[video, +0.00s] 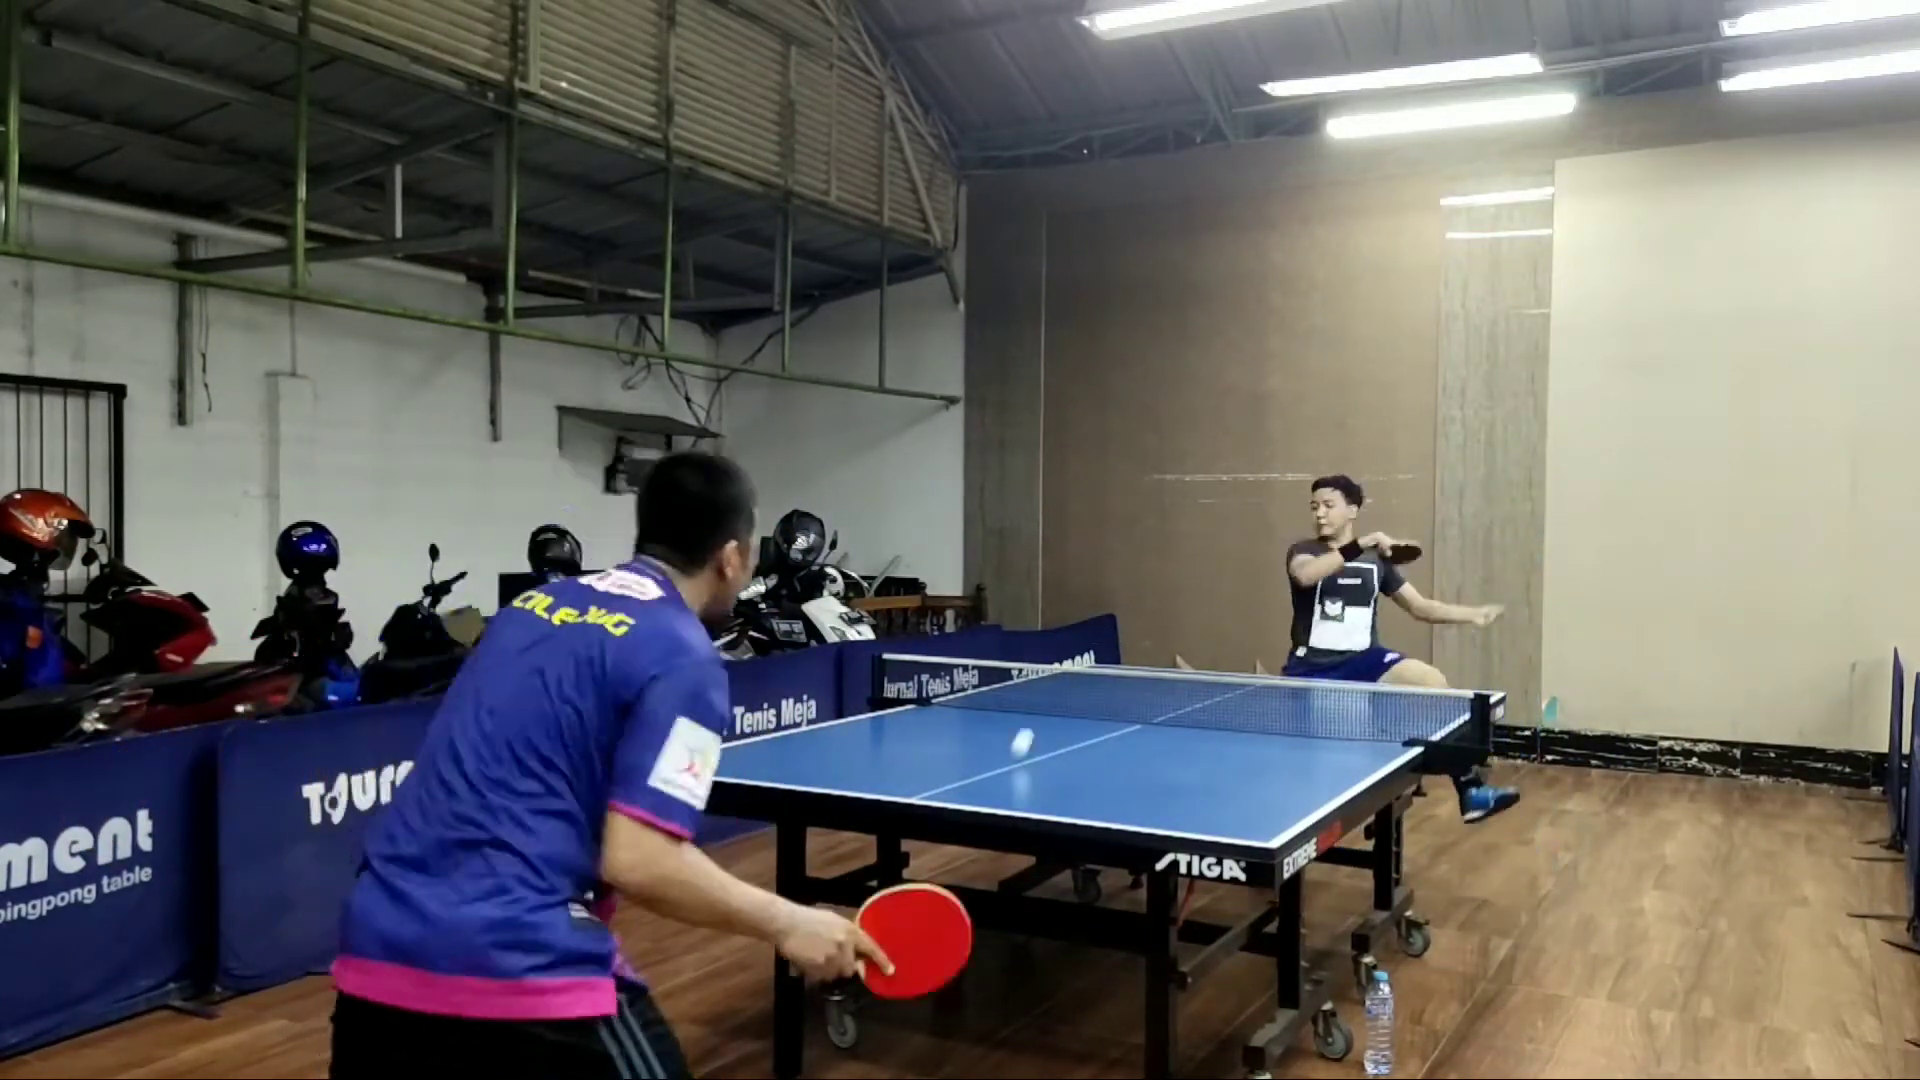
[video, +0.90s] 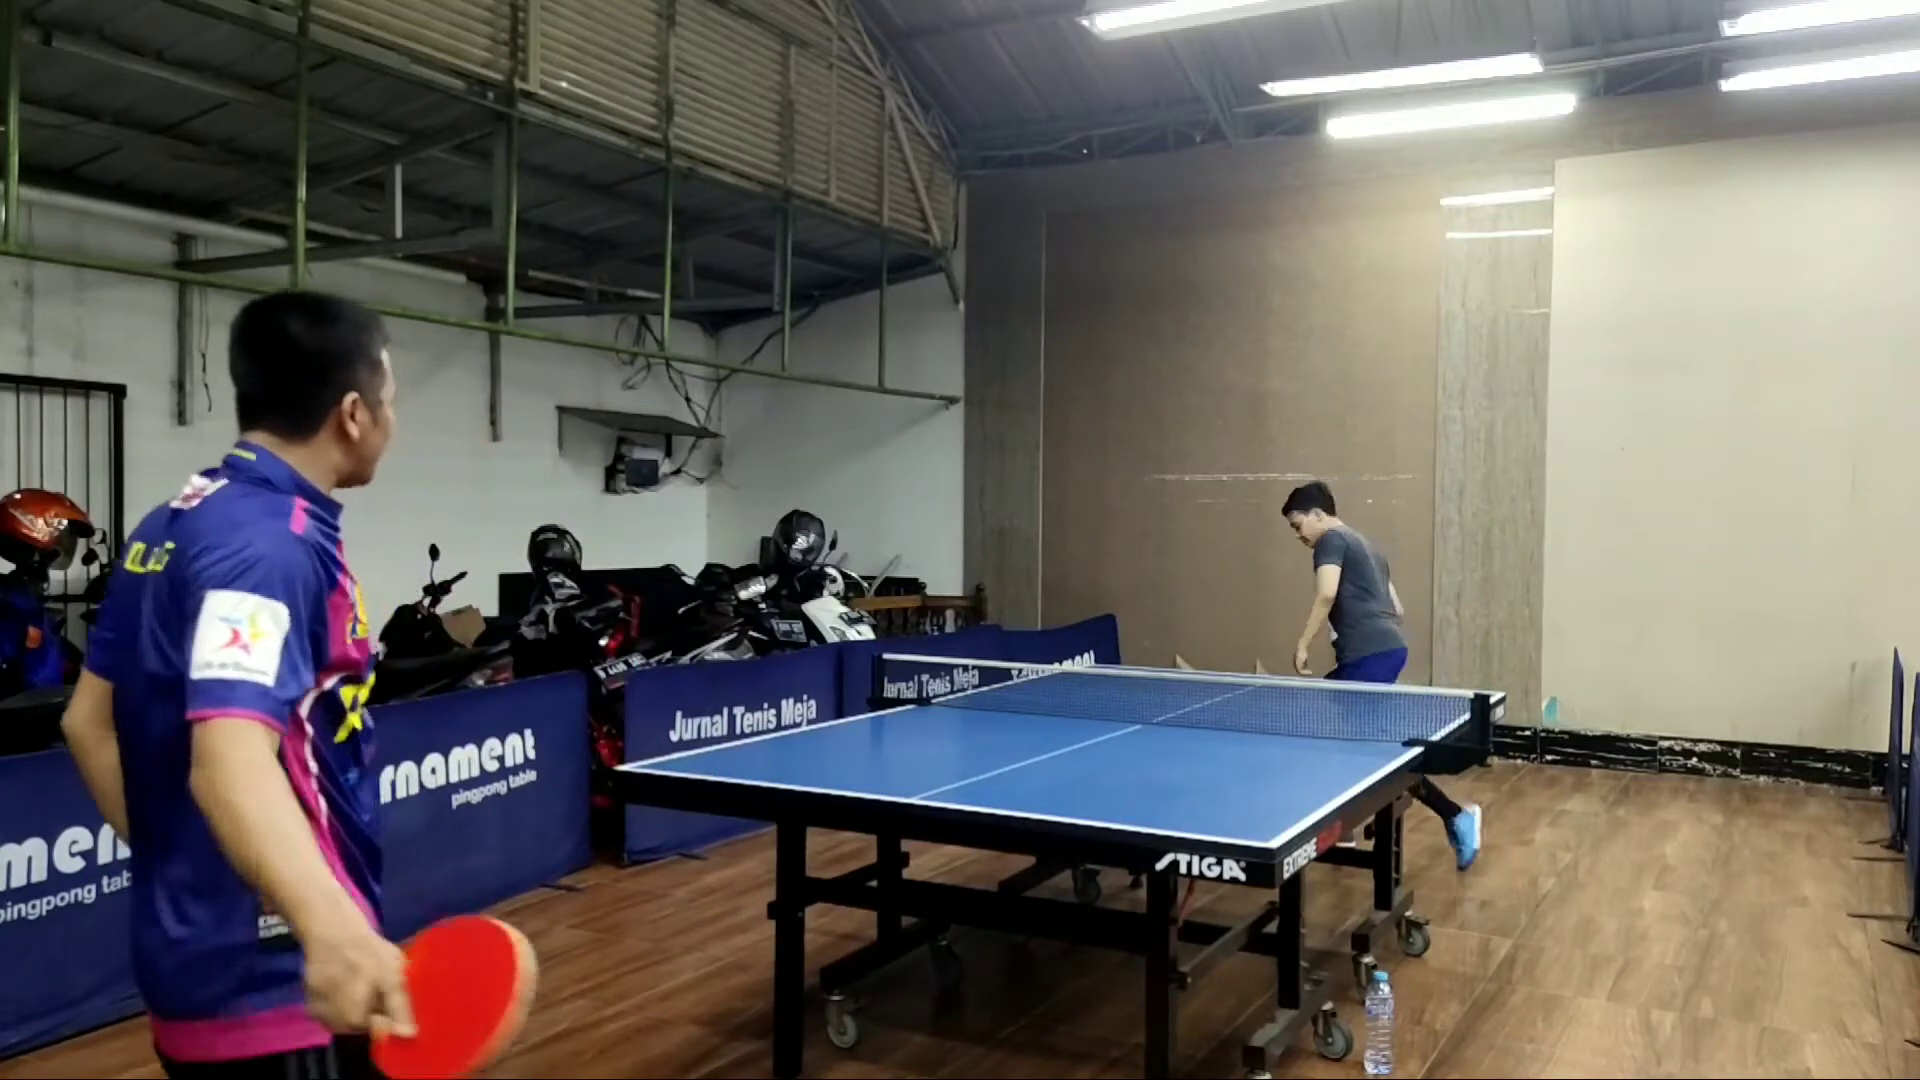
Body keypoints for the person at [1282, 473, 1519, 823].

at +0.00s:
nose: (1318, 513)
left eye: (1327, 505)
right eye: (1314, 506)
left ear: (1353, 510)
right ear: (1311, 511)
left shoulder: (1375, 562)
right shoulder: (1303, 551)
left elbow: (1420, 607)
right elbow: (1303, 575)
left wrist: (1473, 615)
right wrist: (1360, 546)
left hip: (1362, 659)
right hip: (1308, 664)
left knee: (1432, 682)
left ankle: (1471, 791)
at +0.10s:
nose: (1325, 510)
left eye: (1334, 502)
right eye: (1319, 504)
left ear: (1354, 508)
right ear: (1313, 510)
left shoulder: (1376, 558)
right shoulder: (1302, 554)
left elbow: (1404, 610)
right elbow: (1289, 599)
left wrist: (1436, 659)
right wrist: (1336, 582)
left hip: (1376, 668)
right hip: (1316, 671)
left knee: (1430, 730)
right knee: (1288, 742)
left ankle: (1465, 823)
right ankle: (1282, 835)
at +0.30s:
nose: (1333, 503)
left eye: (1342, 495)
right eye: (1326, 497)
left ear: (1363, 501)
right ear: (1320, 506)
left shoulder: (1387, 540)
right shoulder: (1321, 556)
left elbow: (1423, 590)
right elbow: (1312, 607)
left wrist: (1394, 638)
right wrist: (1303, 624)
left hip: (1407, 659)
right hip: (1354, 658)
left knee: (1437, 743)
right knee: (1312, 716)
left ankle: (1464, 840)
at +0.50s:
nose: (1330, 514)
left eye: (1339, 505)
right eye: (1323, 507)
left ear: (1361, 508)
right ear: (1319, 514)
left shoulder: (1380, 549)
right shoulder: (1340, 564)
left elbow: (1391, 600)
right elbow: (1352, 624)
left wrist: (1340, 616)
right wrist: (1307, 657)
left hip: (1415, 662)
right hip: (1371, 663)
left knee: (1434, 751)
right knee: (1335, 731)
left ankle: (1487, 840)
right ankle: (1381, 808)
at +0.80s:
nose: (1308, 525)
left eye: (1312, 515)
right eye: (1303, 519)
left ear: (1336, 508)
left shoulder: (1351, 541)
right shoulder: (1343, 549)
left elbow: (1343, 596)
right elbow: (1361, 616)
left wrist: (1296, 639)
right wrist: (1353, 668)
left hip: (1395, 660)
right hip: (1369, 662)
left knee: (1416, 751)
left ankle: (1481, 835)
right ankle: (1387, 797)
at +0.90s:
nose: (1297, 534)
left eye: (1297, 524)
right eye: (1294, 527)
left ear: (1318, 513)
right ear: (1328, 515)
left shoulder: (1332, 539)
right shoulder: (1362, 544)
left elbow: (1327, 594)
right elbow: (1395, 609)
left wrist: (1303, 644)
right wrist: (1348, 623)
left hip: (1367, 652)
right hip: (1389, 648)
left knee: (1369, 745)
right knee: (1322, 722)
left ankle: (1457, 815)